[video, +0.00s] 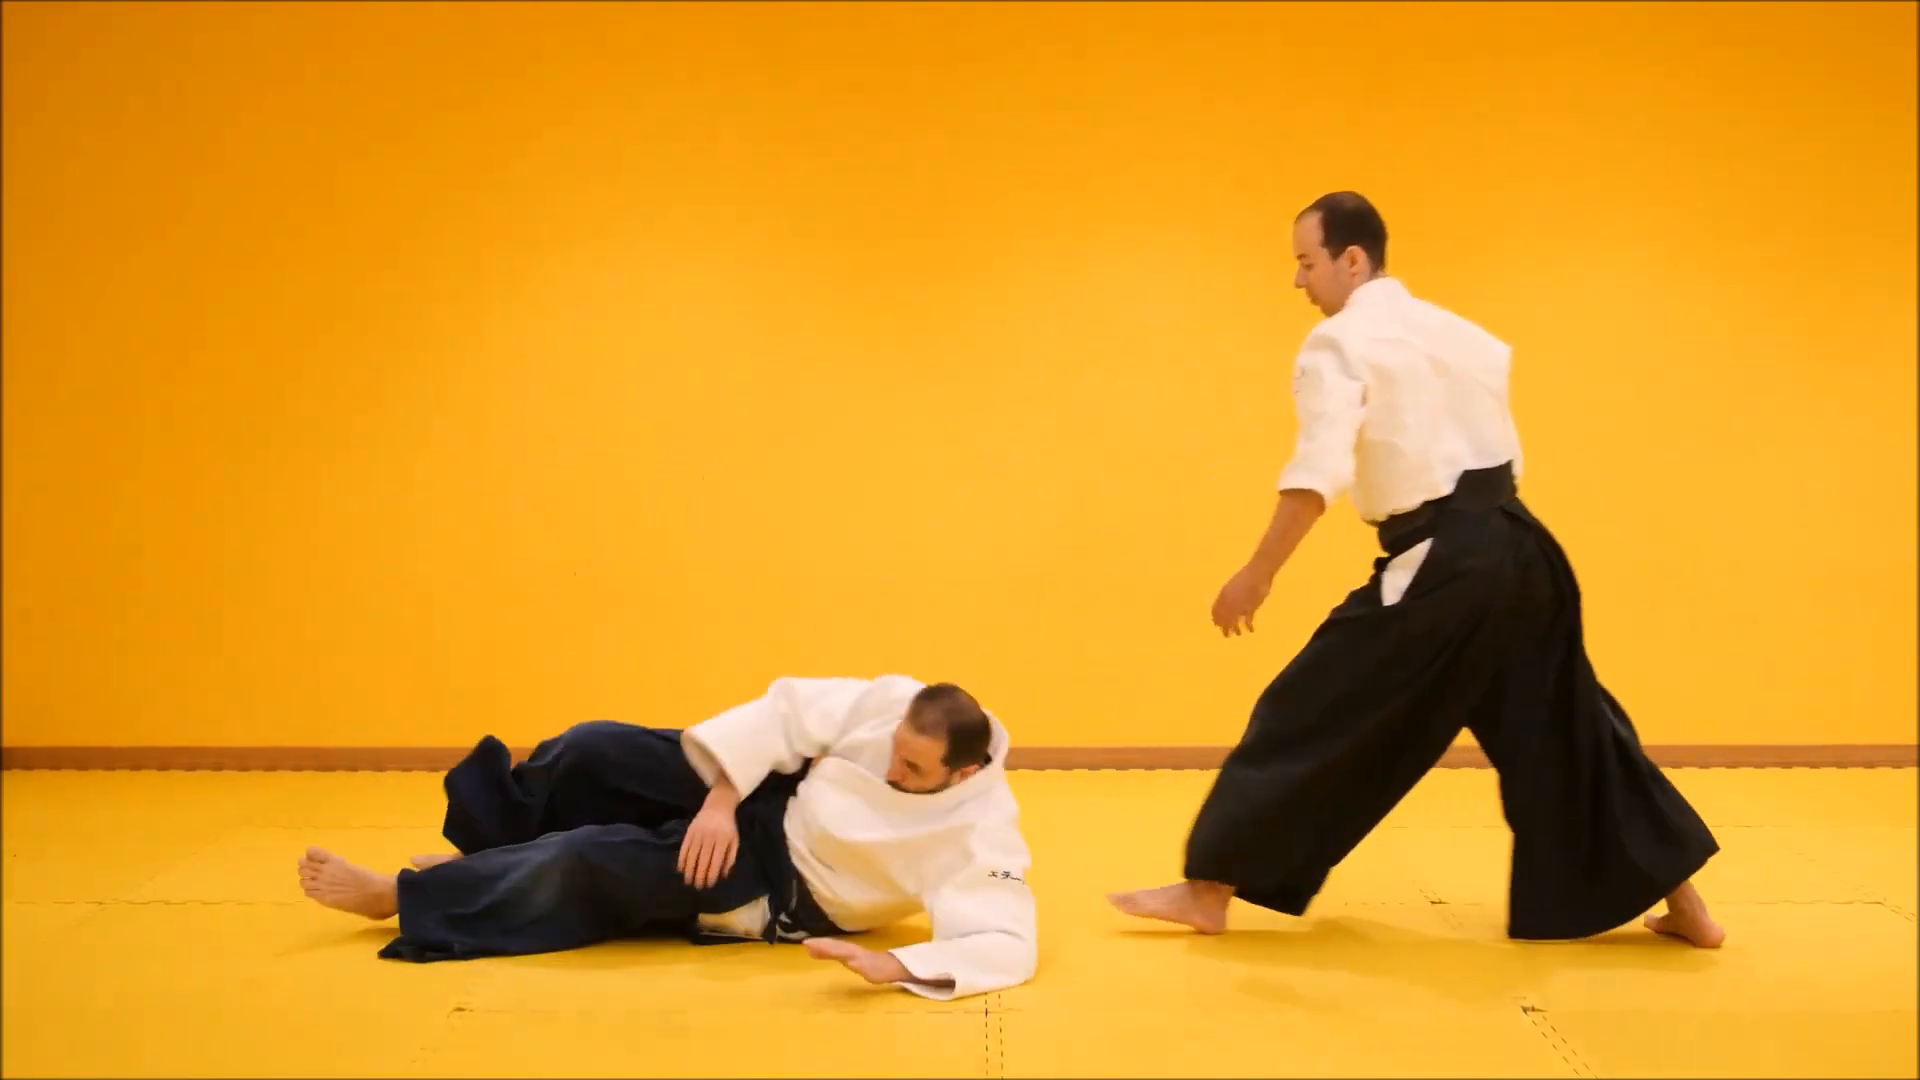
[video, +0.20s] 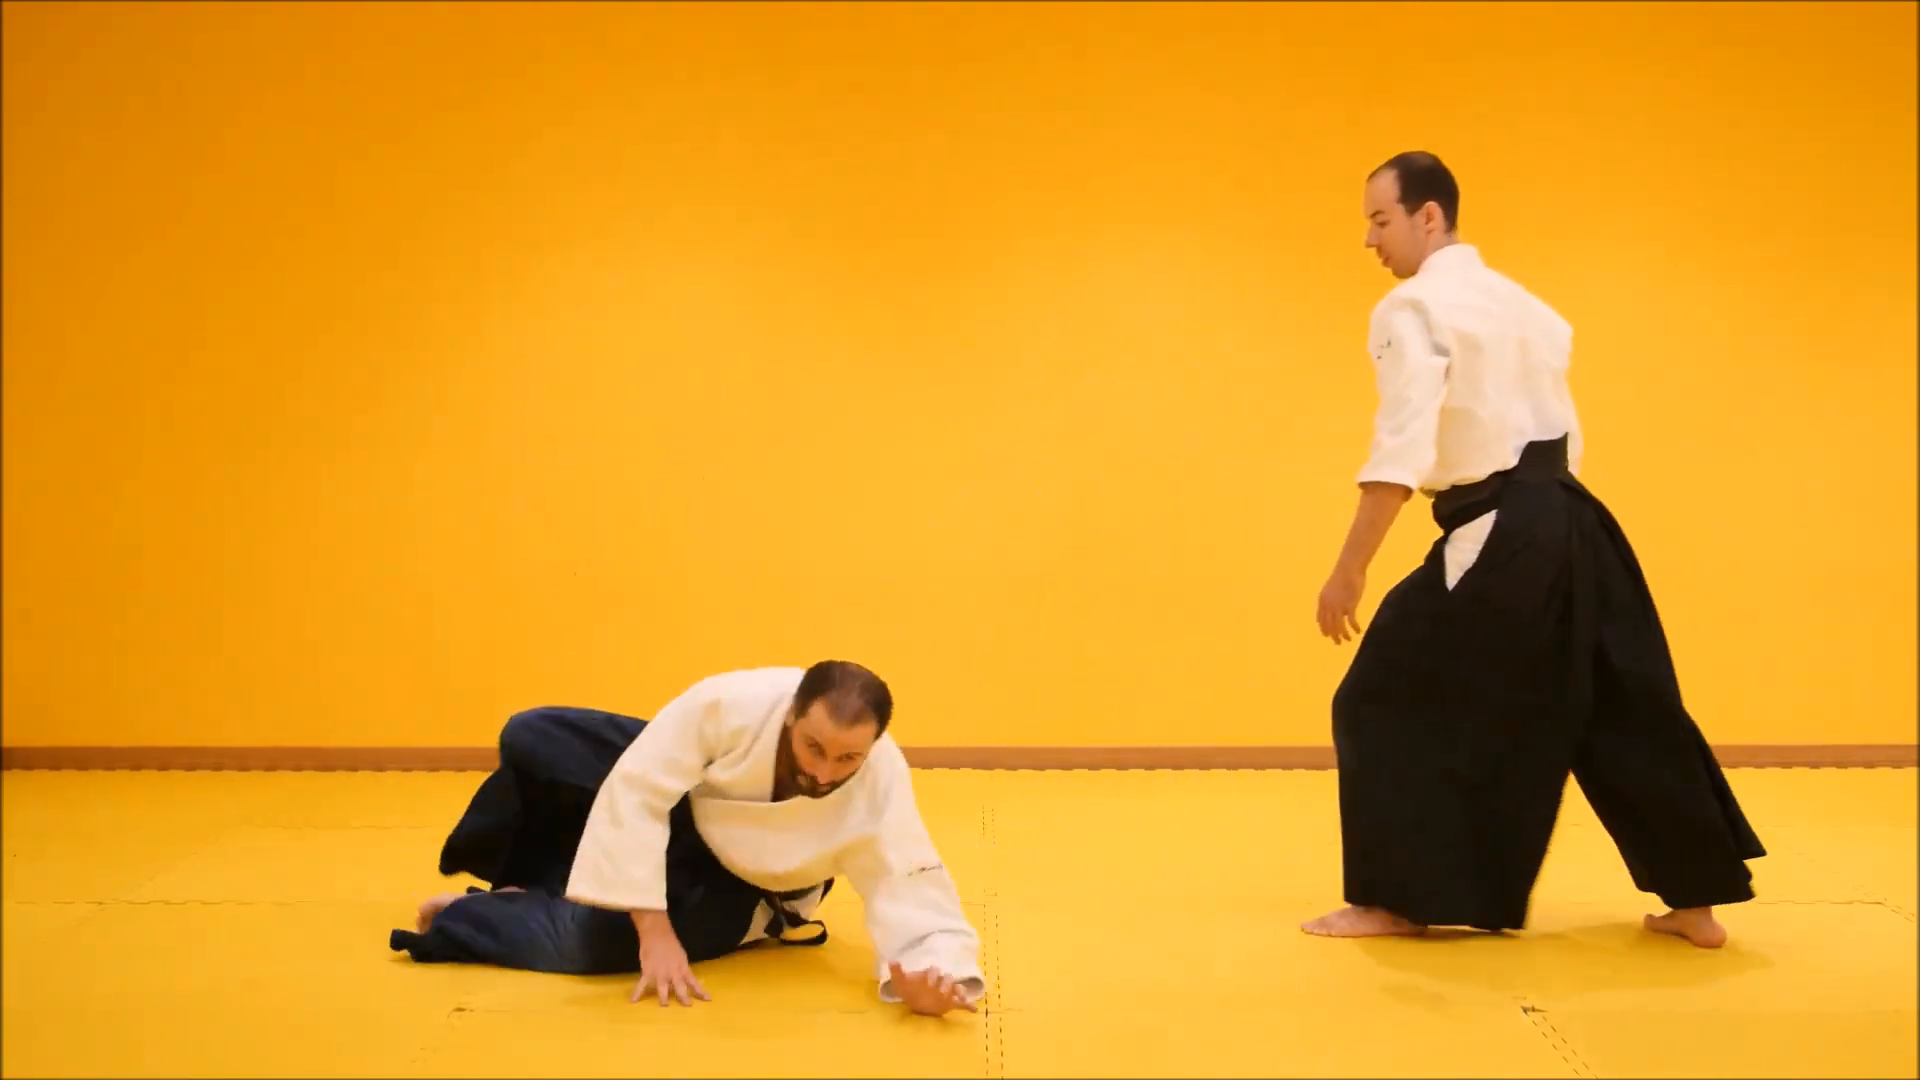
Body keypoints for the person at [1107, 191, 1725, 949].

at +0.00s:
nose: (1298, 279)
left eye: (1306, 262)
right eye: (1297, 264)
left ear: (1354, 259)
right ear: (1367, 260)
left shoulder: (1338, 342)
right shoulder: (1461, 334)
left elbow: (1320, 472)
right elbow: (1498, 461)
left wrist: (1255, 572)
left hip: (1438, 563)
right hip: (1522, 555)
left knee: (1300, 710)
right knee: (1578, 726)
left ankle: (1207, 890)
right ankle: (1683, 899)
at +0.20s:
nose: (1370, 240)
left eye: (1379, 221)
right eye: (1367, 224)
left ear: (1428, 216)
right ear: (1440, 221)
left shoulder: (1413, 306)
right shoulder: (1529, 307)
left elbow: (1400, 454)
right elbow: (1565, 443)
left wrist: (1349, 568)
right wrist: (1541, 519)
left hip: (1493, 538)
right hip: (1571, 527)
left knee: (1369, 702)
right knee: (1613, 706)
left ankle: (1387, 899)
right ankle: (1691, 900)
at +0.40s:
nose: (1394, 228)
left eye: (1404, 209)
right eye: (1391, 212)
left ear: (1454, 205)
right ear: (1461, 211)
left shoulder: (1438, 300)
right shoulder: (1552, 297)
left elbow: (1430, 448)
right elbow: (1579, 433)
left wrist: (1380, 564)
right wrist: (1557, 508)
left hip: (1509, 532)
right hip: (1589, 520)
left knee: (1382, 698)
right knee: (1622, 699)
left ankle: (1387, 893)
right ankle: (1685, 895)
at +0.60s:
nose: (1364, 246)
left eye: (1375, 228)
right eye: (1363, 230)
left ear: (1427, 225)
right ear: (1430, 230)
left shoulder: (1412, 322)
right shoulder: (1522, 314)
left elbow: (1388, 469)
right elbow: (1542, 439)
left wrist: (1327, 572)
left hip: (1490, 553)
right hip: (1568, 537)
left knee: (1348, 703)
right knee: (1618, 707)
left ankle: (1330, 883)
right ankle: (1689, 901)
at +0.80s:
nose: (1277, 266)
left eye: (1291, 248)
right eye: (1275, 250)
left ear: (1343, 251)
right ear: (1330, 256)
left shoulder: (1337, 349)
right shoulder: (1384, 328)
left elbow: (1285, 475)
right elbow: (1337, 468)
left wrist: (1177, 554)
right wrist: (1228, 513)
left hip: (1411, 570)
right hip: (1457, 552)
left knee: (1278, 715)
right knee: (1521, 725)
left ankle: (1299, 896)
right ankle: (1671, 859)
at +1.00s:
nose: (1196, 270)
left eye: (1212, 255)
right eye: (1188, 256)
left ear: (1254, 257)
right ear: (1184, 261)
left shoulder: (1294, 353)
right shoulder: (1196, 352)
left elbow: (1197, 459)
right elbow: (1112, 428)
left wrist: (1085, 489)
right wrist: (1054, 419)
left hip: (1335, 569)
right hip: (1278, 573)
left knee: (1260, 729)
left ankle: (1295, 894)